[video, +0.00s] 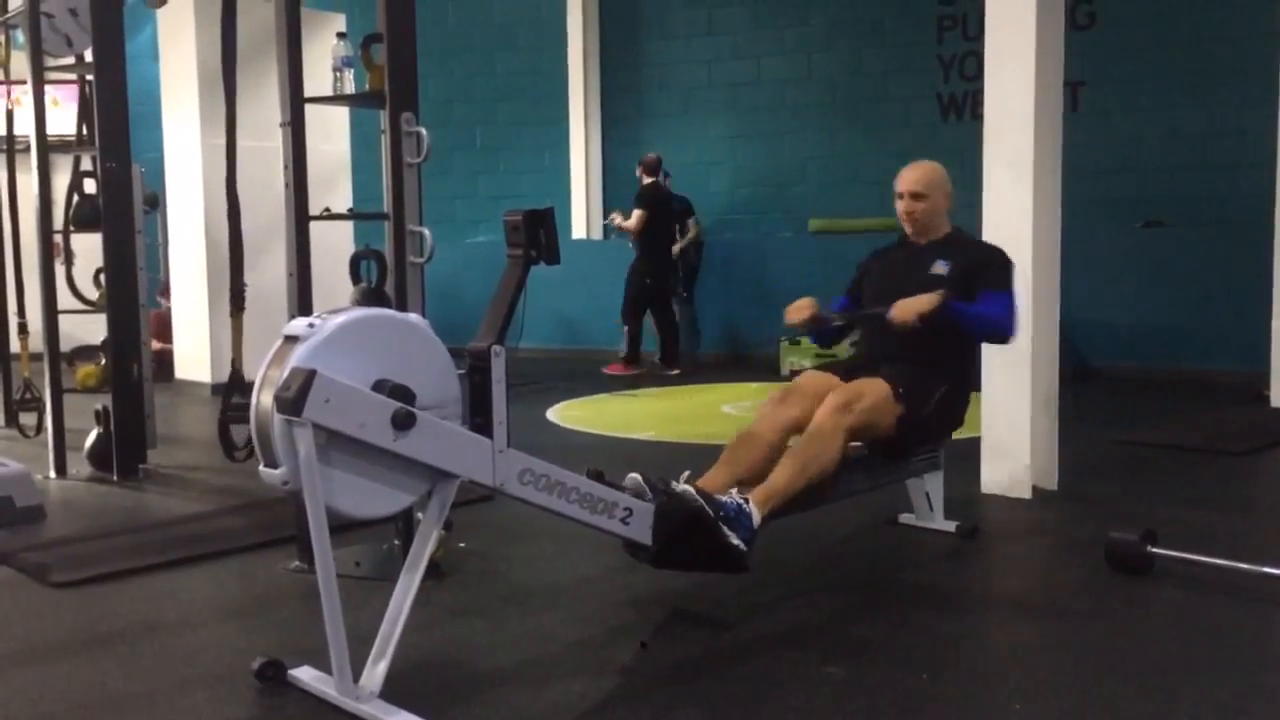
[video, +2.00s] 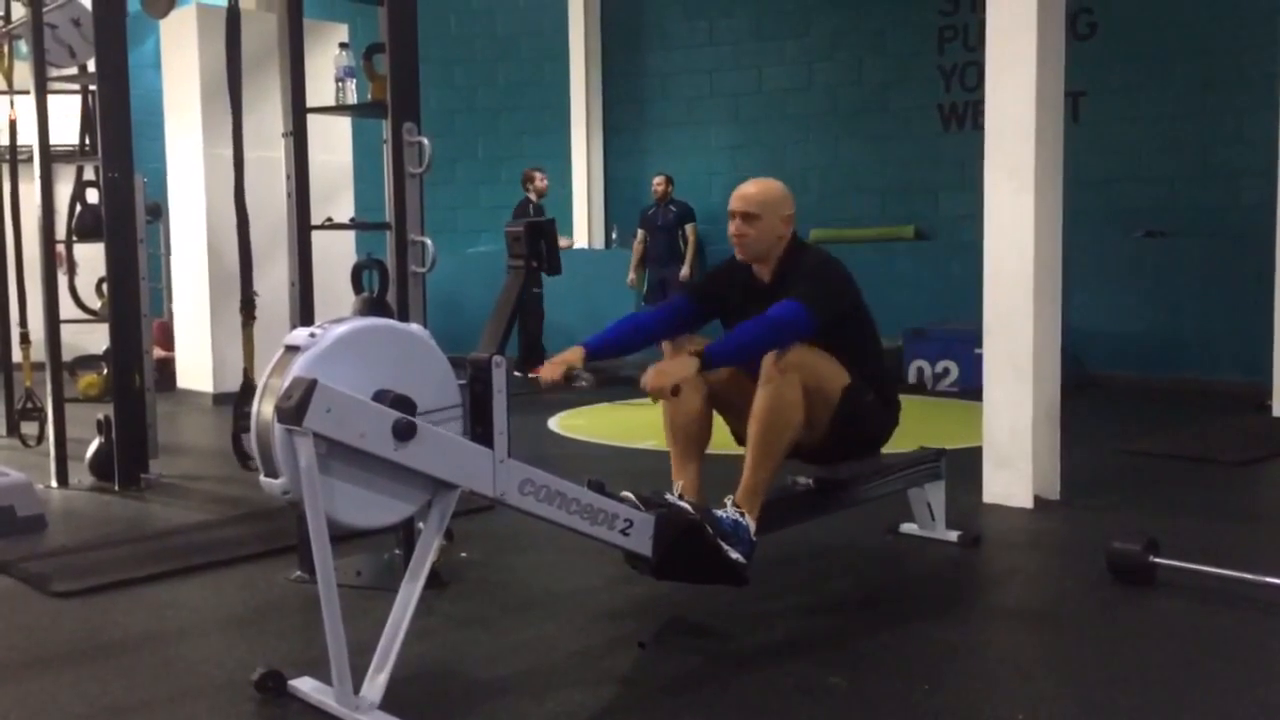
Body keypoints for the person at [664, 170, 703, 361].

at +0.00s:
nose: (659, 185)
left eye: (661, 180)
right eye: (657, 181)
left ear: (667, 181)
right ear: (656, 182)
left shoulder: (680, 202)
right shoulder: (653, 205)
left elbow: (694, 230)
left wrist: (678, 246)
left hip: (685, 256)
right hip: (667, 257)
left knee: (682, 298)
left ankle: (688, 348)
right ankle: (672, 348)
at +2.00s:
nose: (654, 188)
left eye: (659, 185)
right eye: (653, 185)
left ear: (669, 188)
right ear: (651, 188)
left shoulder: (683, 209)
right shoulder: (646, 212)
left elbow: (691, 239)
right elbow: (639, 242)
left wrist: (687, 266)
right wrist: (632, 270)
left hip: (676, 270)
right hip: (653, 270)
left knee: (676, 310)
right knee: (652, 311)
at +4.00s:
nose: (661, 190)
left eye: (665, 186)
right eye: (660, 187)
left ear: (676, 189)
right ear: (658, 189)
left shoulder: (688, 212)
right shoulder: (652, 214)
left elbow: (696, 242)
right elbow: (644, 243)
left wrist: (692, 269)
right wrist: (642, 271)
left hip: (679, 270)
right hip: (658, 270)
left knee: (680, 312)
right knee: (663, 314)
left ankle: (686, 356)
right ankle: (668, 356)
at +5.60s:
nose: (659, 202)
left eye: (663, 199)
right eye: (657, 199)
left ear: (673, 201)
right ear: (656, 201)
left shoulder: (685, 224)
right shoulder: (649, 225)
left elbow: (694, 254)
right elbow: (642, 255)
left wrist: (690, 281)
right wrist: (640, 283)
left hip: (677, 281)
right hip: (655, 281)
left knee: (678, 323)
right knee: (661, 325)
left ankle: (684, 367)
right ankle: (666, 368)